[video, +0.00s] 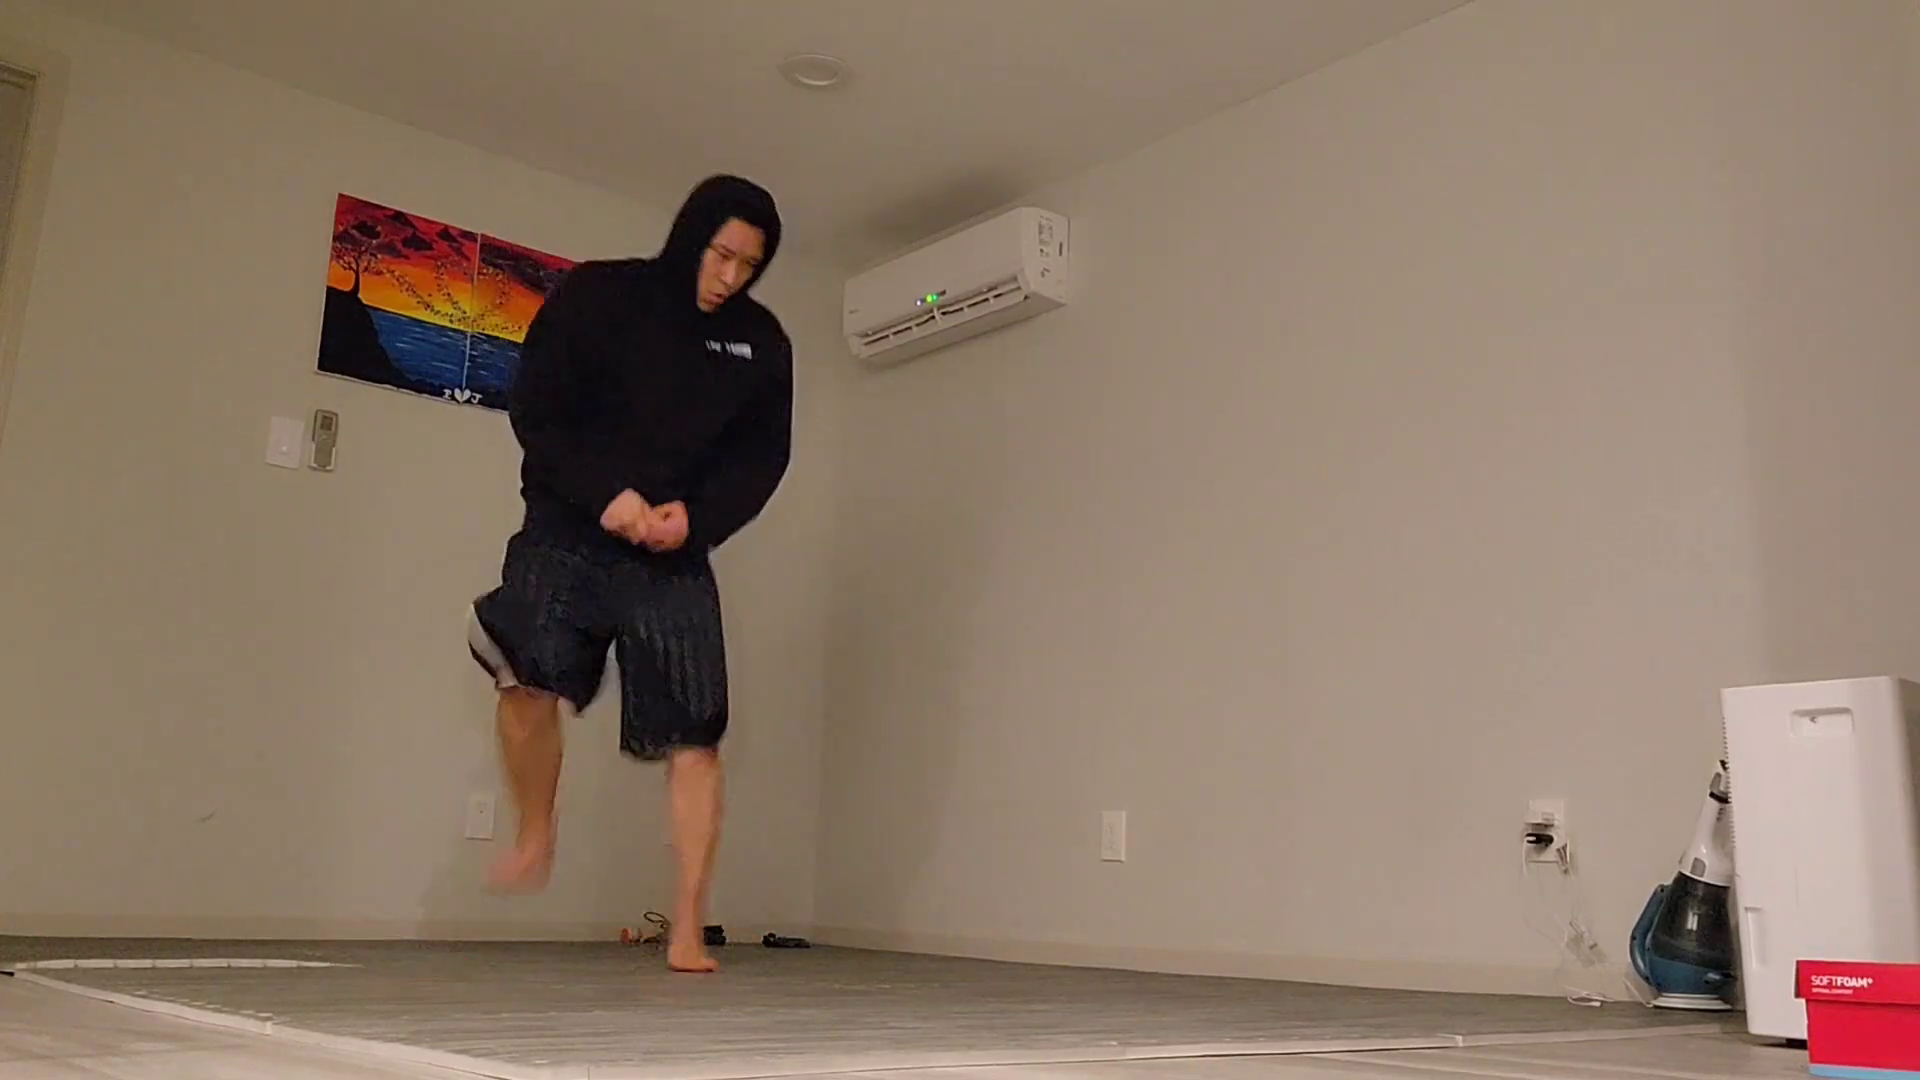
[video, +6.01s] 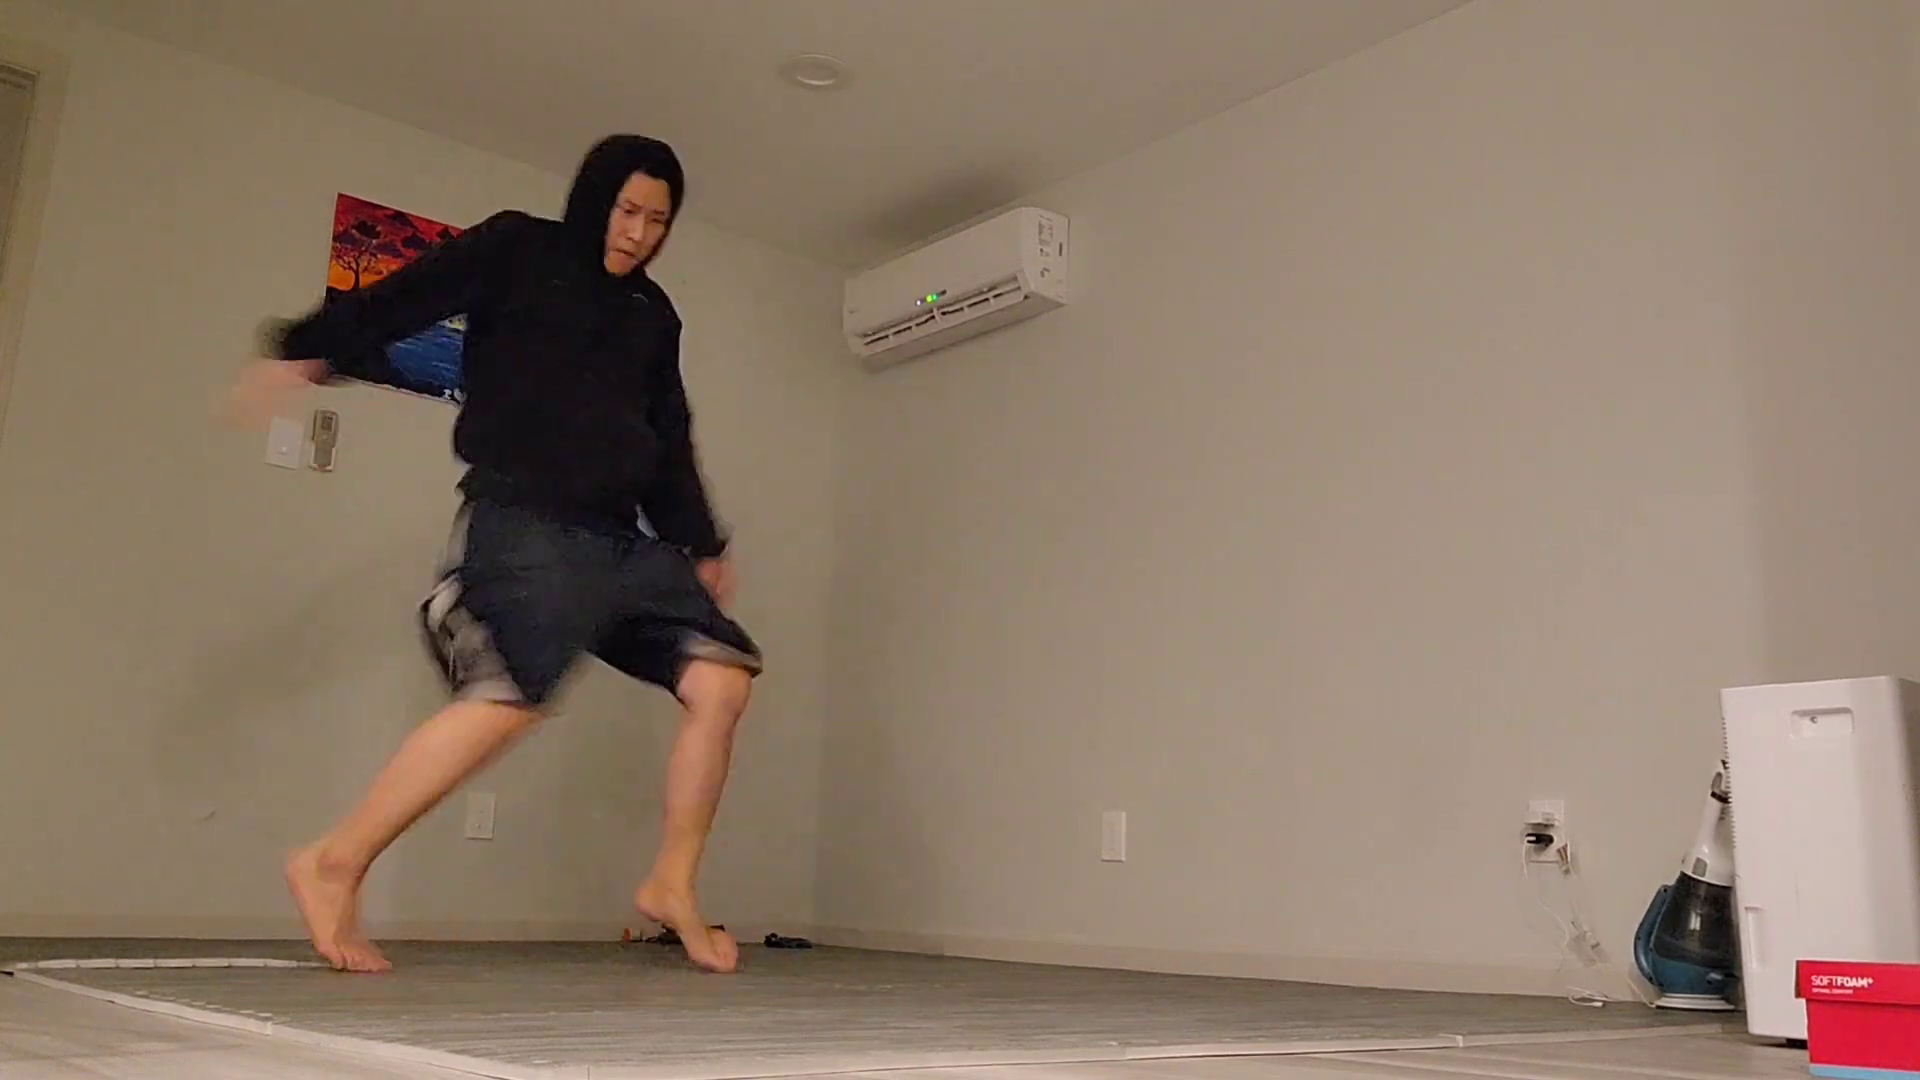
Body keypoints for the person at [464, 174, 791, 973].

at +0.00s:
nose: (730, 275)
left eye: (747, 263)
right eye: (721, 254)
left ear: (759, 266)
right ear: (687, 239)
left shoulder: (760, 341)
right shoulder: (596, 294)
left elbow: (764, 456)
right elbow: (535, 411)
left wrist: (697, 518)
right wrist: (606, 495)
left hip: (677, 551)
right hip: (569, 532)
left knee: (697, 734)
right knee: (527, 681)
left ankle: (688, 925)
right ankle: (533, 833)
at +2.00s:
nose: (668, 337)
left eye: (672, 329)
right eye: (661, 321)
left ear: (647, 332)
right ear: (617, 308)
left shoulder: (633, 398)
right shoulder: (531, 351)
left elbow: (610, 498)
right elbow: (559, 409)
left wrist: (598, 581)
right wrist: (637, 346)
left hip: (572, 592)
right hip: (492, 575)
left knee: (579, 749)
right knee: (512, 730)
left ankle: (509, 887)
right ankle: (444, 912)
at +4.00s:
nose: (500, 307)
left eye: (514, 292)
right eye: (487, 291)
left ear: (546, 271)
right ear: (479, 281)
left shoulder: (615, 319)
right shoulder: (473, 338)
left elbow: (712, 380)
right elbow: (461, 413)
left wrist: (759, 481)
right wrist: (491, 307)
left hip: (600, 560)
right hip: (511, 567)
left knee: (555, 720)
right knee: (486, 737)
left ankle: (529, 914)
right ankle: (553, 901)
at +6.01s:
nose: (641, 230)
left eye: (657, 219)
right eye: (630, 210)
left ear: (667, 228)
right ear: (593, 199)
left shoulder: (653, 315)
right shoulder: (517, 249)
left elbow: (668, 441)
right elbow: (406, 296)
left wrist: (700, 544)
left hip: (621, 539)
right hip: (524, 522)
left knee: (721, 680)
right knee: (507, 699)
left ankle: (673, 886)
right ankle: (333, 866)